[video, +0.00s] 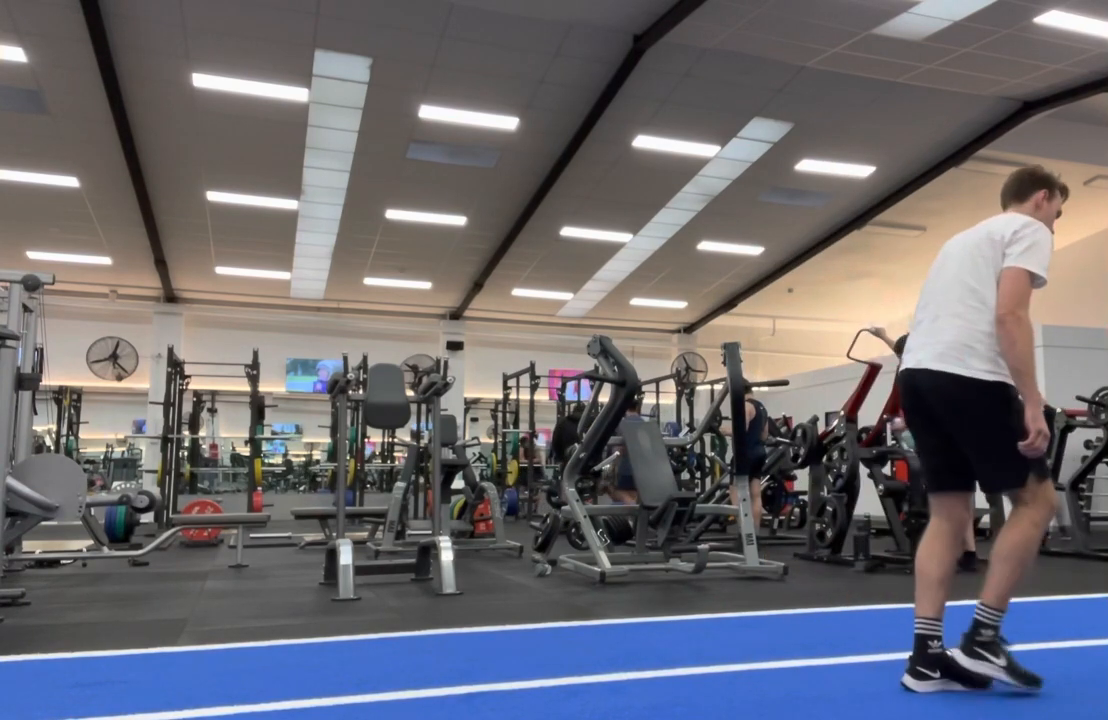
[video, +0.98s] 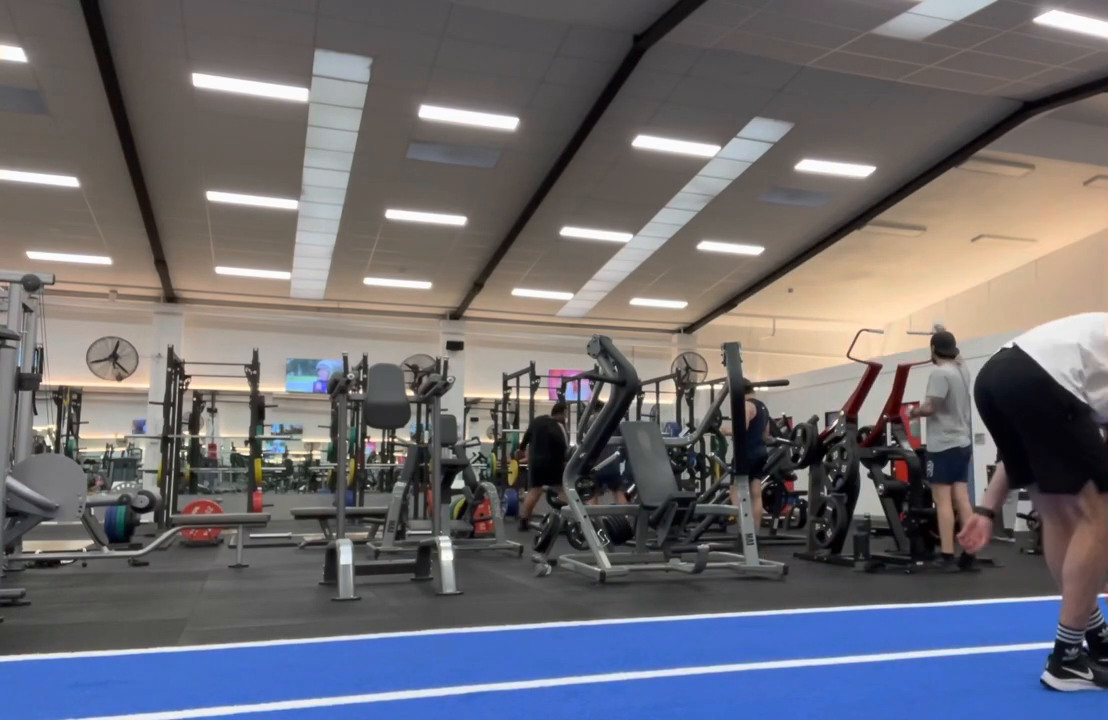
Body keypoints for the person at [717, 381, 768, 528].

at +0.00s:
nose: (731, 394)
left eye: (732, 390)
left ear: (737, 391)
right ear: (749, 388)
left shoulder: (746, 406)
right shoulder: (760, 406)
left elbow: (740, 430)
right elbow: (764, 434)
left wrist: (720, 429)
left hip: (744, 454)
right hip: (759, 453)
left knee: (735, 490)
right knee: (756, 495)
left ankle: (742, 530)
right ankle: (755, 533)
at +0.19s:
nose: (731, 394)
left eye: (732, 390)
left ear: (737, 391)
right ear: (750, 388)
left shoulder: (746, 406)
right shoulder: (761, 406)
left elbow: (740, 430)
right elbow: (764, 434)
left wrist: (719, 429)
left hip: (745, 454)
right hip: (759, 453)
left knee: (734, 489)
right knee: (756, 495)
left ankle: (742, 530)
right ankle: (755, 533)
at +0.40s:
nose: (732, 395)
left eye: (733, 391)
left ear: (738, 391)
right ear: (750, 388)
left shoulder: (746, 406)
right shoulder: (761, 406)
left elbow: (741, 430)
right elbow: (765, 434)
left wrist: (722, 430)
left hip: (745, 454)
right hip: (759, 453)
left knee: (735, 489)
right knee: (756, 495)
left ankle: (742, 529)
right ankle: (755, 533)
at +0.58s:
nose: (733, 395)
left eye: (734, 391)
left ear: (738, 391)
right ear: (750, 388)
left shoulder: (747, 405)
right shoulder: (761, 406)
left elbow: (741, 429)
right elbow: (766, 433)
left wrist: (723, 430)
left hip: (745, 453)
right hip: (760, 452)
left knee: (735, 489)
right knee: (756, 494)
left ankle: (743, 528)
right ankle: (755, 531)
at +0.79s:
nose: (733, 395)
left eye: (734, 391)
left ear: (738, 391)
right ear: (750, 388)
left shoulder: (747, 405)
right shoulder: (762, 406)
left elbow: (742, 429)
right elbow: (765, 434)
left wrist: (724, 430)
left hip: (745, 453)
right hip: (760, 452)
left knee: (735, 489)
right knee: (756, 493)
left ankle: (743, 527)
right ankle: (755, 531)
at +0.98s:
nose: (733, 395)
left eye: (734, 391)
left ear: (738, 391)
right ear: (751, 388)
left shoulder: (747, 405)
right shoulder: (762, 406)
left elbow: (742, 429)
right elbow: (766, 433)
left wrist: (724, 429)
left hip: (745, 454)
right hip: (760, 453)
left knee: (735, 488)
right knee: (756, 494)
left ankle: (743, 527)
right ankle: (755, 532)